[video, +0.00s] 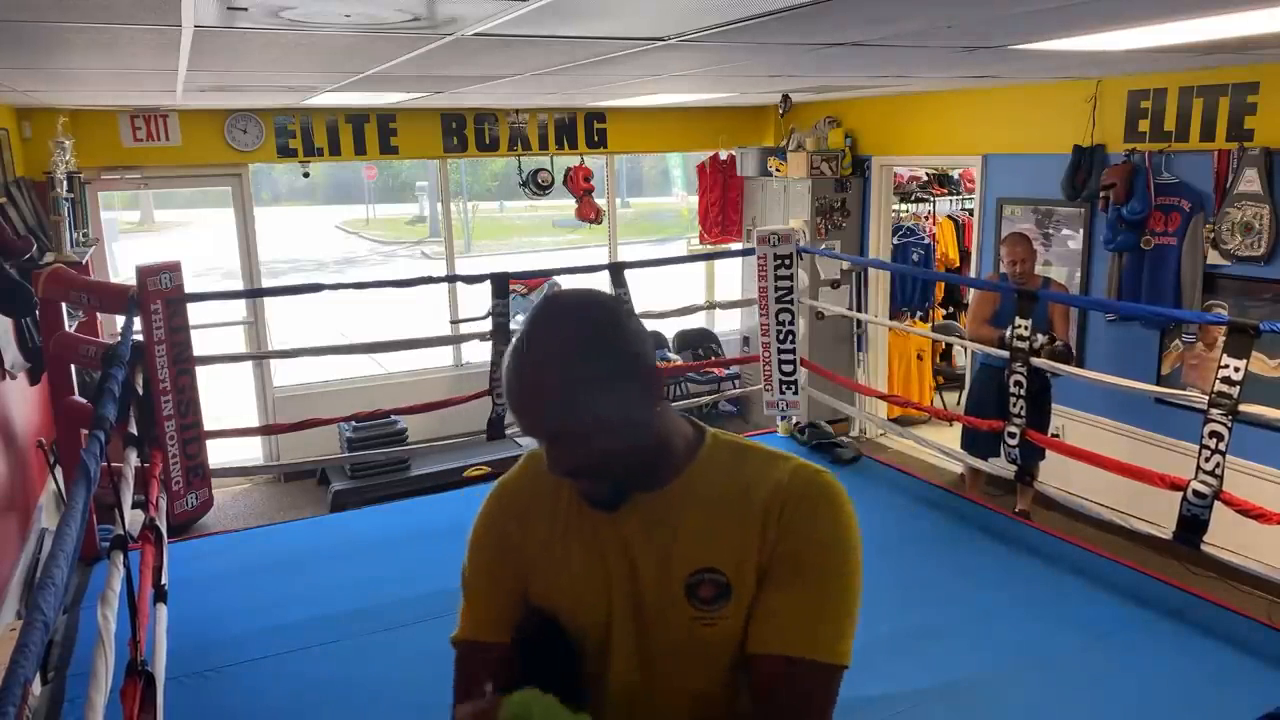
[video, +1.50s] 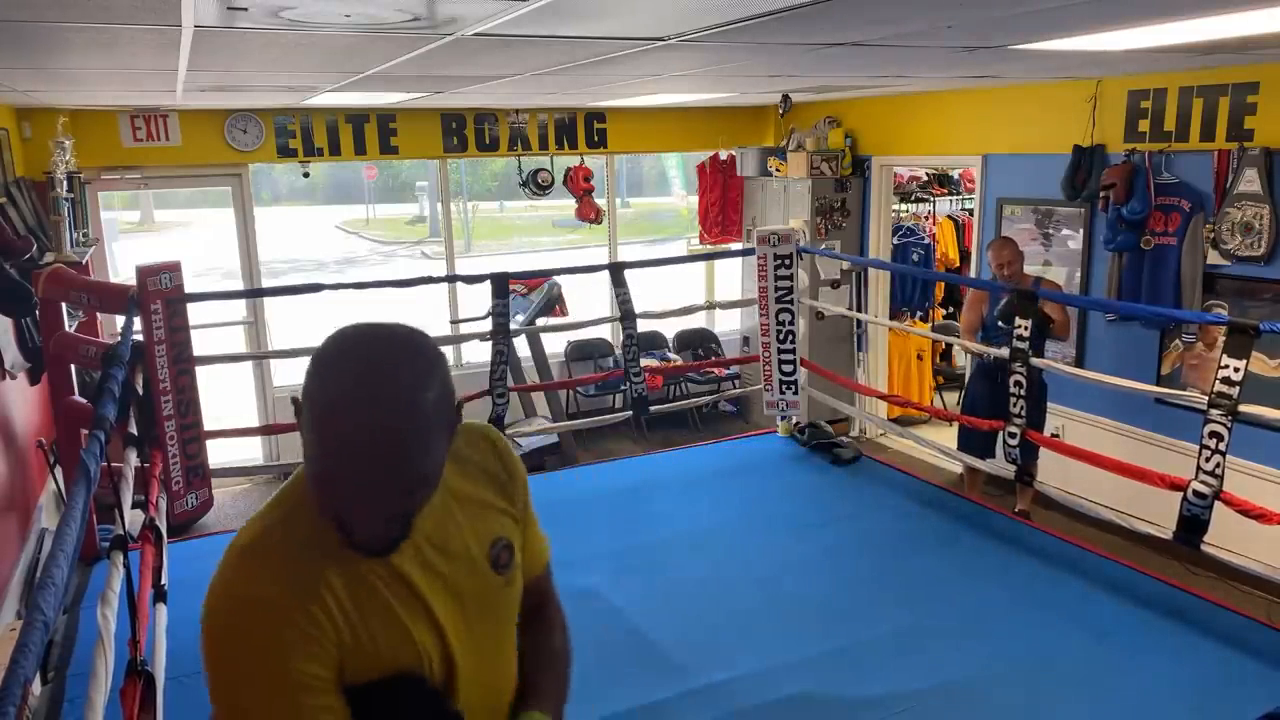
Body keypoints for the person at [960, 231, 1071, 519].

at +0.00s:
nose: (1016, 269)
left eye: (1022, 262)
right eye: (1010, 263)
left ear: (1034, 258)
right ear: (1002, 261)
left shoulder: (1055, 291)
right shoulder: (992, 284)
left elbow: (1063, 344)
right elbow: (973, 329)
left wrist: (1050, 348)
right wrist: (1007, 338)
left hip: (1034, 381)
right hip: (992, 375)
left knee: (1030, 450)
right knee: (977, 444)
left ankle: (1022, 512)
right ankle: (970, 504)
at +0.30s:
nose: (1019, 269)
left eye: (1024, 261)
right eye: (1012, 263)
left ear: (1035, 258)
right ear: (1003, 262)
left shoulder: (1054, 290)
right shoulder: (991, 286)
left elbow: (1061, 338)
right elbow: (971, 330)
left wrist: (1044, 344)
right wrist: (1000, 338)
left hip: (1034, 379)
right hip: (992, 375)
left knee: (1031, 450)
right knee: (978, 445)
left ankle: (1022, 513)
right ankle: (972, 505)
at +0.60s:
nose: (1014, 269)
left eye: (1019, 262)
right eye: (1007, 264)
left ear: (1031, 258)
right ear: (999, 263)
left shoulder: (1053, 290)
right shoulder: (989, 288)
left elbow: (1057, 331)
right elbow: (969, 330)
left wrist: (1041, 346)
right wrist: (993, 338)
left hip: (1033, 379)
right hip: (991, 375)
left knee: (1031, 447)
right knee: (979, 442)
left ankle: (1023, 512)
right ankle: (971, 503)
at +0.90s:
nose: (1014, 268)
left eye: (1018, 261)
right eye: (1006, 264)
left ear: (1029, 257)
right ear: (997, 265)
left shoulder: (1052, 290)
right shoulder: (986, 291)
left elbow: (1062, 339)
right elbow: (965, 335)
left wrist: (1055, 322)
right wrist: (982, 355)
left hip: (1032, 380)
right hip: (991, 377)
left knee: (1029, 450)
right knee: (977, 446)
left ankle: (1023, 515)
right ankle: (972, 507)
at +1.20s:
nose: (1010, 267)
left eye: (1014, 260)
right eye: (1003, 262)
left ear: (1025, 257)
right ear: (995, 264)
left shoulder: (1050, 290)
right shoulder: (984, 292)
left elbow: (1066, 336)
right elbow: (965, 337)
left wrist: (1051, 318)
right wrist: (985, 358)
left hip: (1030, 382)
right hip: (989, 379)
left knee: (1027, 451)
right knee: (975, 447)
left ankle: (1023, 515)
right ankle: (970, 507)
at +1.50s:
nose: (1005, 272)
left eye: (1010, 264)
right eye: (998, 267)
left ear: (1022, 259)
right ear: (990, 266)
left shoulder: (1047, 289)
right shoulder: (980, 292)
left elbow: (1063, 333)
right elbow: (967, 338)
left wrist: (1038, 316)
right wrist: (986, 352)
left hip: (1028, 382)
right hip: (987, 380)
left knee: (1027, 451)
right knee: (974, 447)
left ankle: (1022, 515)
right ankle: (970, 506)